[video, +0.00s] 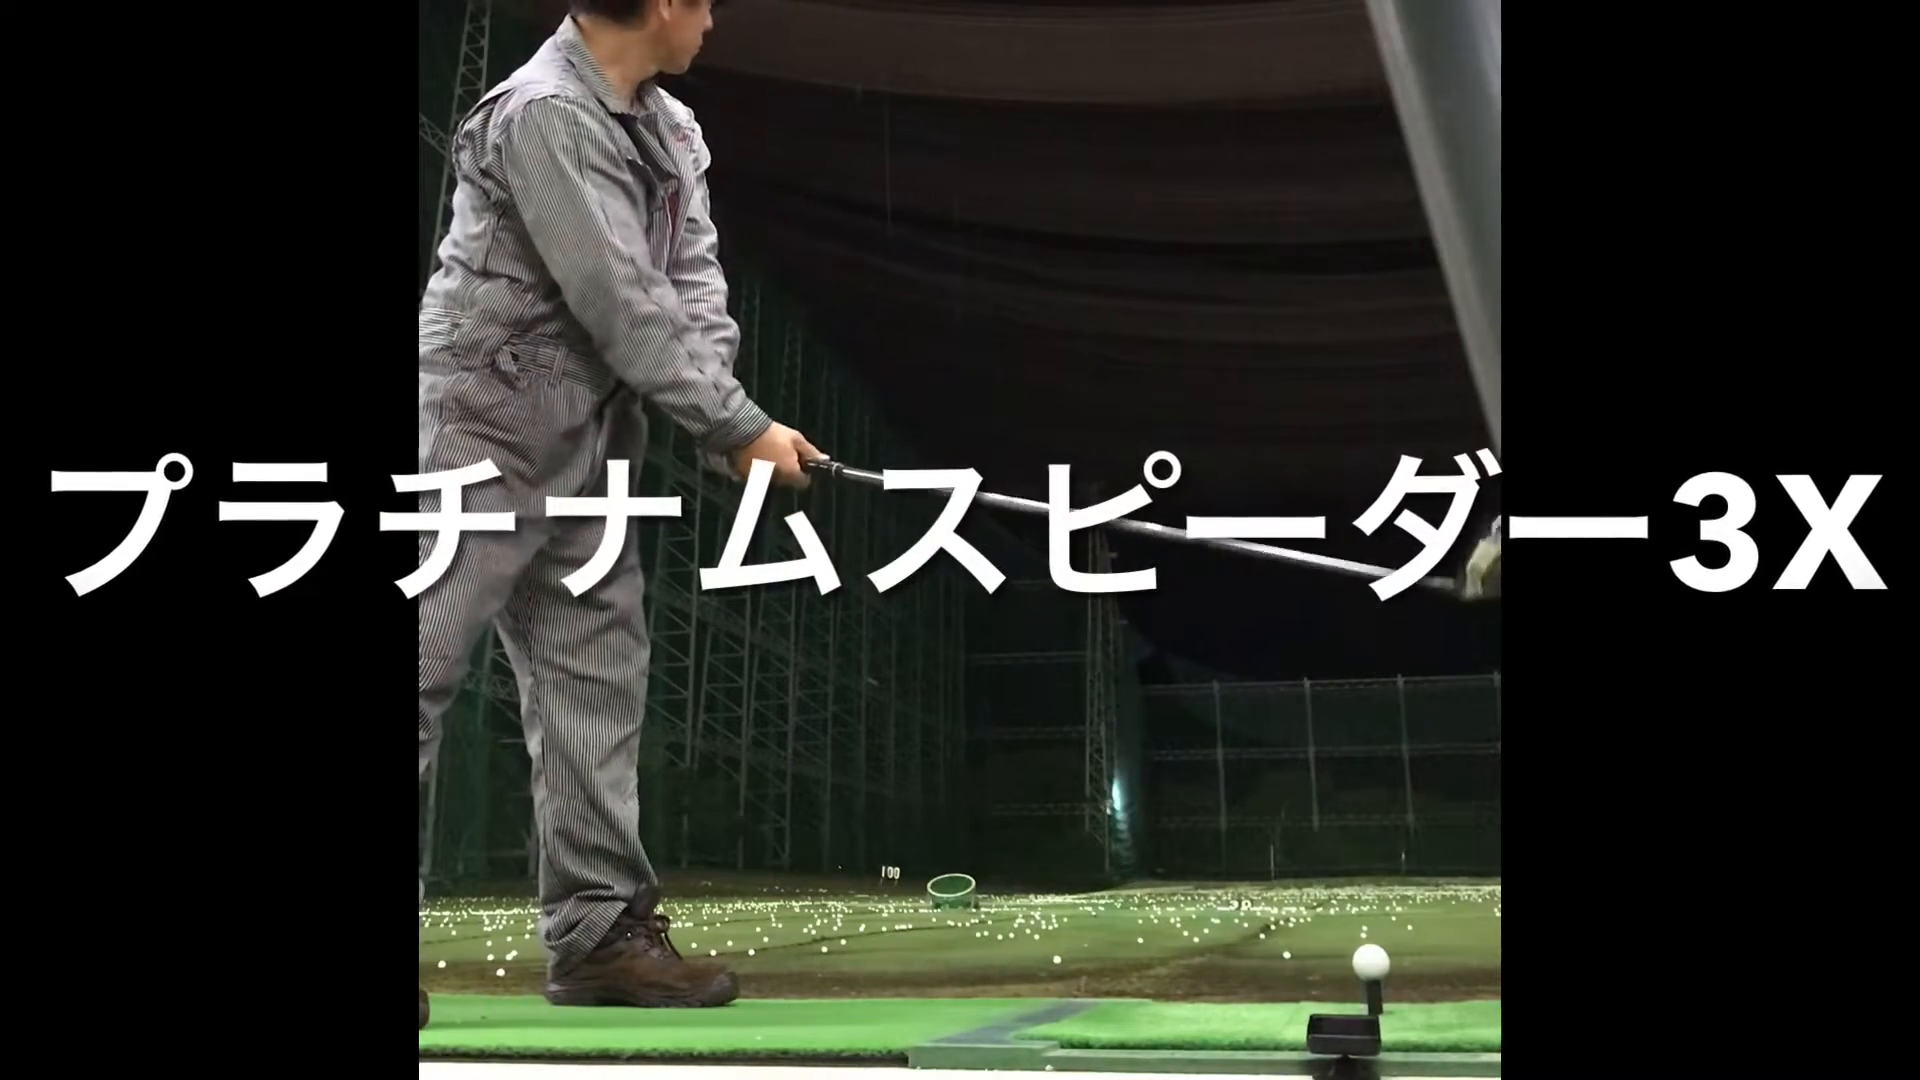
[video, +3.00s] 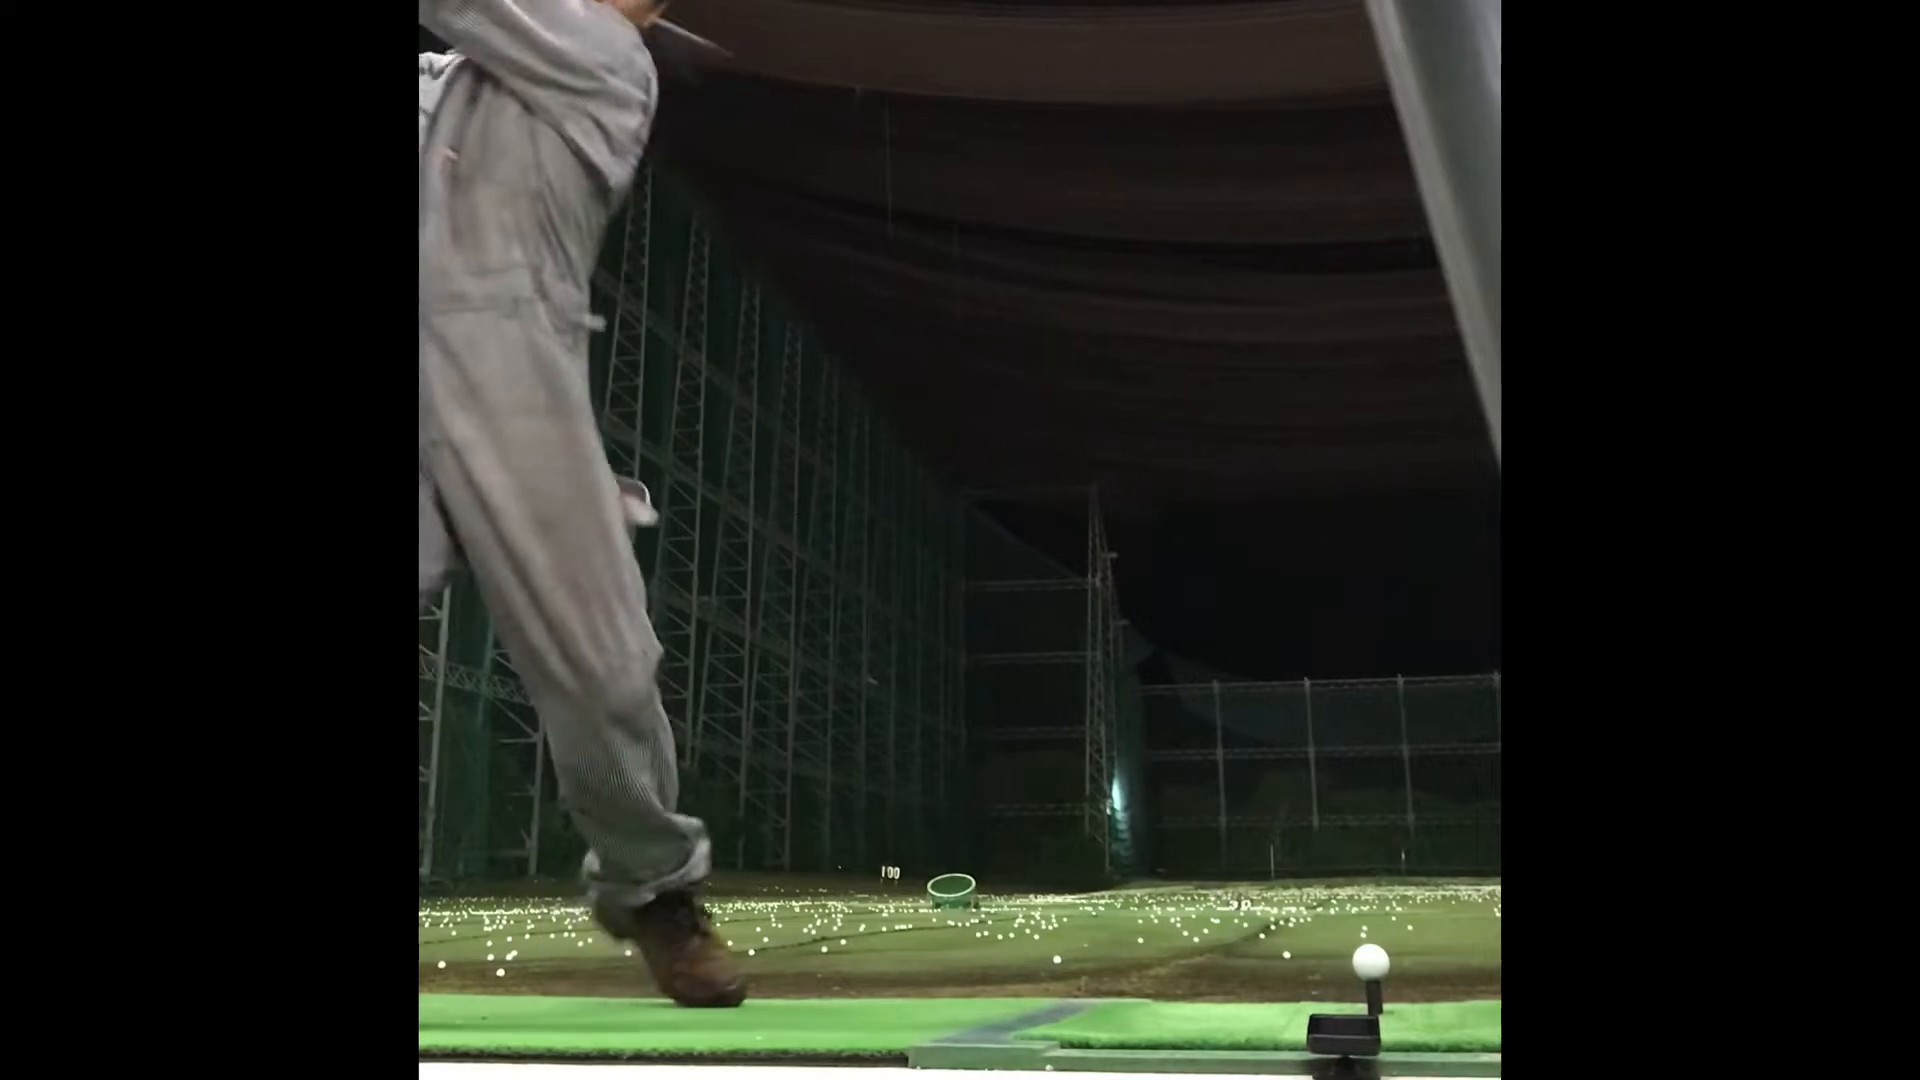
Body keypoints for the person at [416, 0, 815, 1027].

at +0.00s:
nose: (710, 18)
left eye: (709, 5)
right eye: (704, 4)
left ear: (656, 12)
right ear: (663, 8)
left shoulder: (672, 125)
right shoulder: (546, 111)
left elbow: (695, 285)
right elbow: (617, 298)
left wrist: (723, 418)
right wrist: (743, 427)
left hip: (579, 455)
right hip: (471, 443)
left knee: (594, 679)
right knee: (426, 686)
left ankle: (597, 936)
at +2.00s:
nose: (669, 26)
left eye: (679, 11)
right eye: (650, 4)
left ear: (681, 25)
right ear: (581, 4)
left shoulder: (657, 130)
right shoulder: (539, 110)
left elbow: (690, 270)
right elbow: (620, 286)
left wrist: (720, 407)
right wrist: (726, 426)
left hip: (585, 438)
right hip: (474, 426)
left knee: (595, 671)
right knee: (428, 670)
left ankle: (597, 935)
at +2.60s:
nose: (653, 30)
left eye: (670, 20)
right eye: (638, 5)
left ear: (673, 42)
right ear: (574, 2)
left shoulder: (682, 132)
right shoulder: (469, 105)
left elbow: (680, 240)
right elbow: (512, 236)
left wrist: (645, 335)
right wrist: (590, 342)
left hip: (604, 428)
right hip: (460, 421)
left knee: (629, 677)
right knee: (420, 656)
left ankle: (600, 935)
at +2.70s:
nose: (653, 33)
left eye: (672, 26)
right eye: (639, 7)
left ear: (676, 48)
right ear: (577, 2)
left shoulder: (685, 130)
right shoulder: (454, 95)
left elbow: (620, 194)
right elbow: (440, 178)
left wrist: (492, 228)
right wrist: (446, 225)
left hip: (591, 430)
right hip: (441, 413)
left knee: (634, 683)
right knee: (416, 640)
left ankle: (601, 936)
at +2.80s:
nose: (651, 30)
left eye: (672, 24)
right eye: (636, 5)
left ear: (678, 47)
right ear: (578, 4)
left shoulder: (677, 120)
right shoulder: (472, 84)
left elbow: (556, 108)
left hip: (572, 405)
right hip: (435, 386)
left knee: (624, 673)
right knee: (420, 620)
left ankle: (607, 930)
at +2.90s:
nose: (634, 24)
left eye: (647, 21)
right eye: (628, 7)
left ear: (656, 33)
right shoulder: (448, 77)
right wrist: (533, 31)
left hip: (533, 377)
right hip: (427, 378)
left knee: (610, 658)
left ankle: (622, 913)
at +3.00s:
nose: (621, 4)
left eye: (621, 2)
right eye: (626, 4)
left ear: (632, 13)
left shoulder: (606, 64)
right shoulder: (442, 72)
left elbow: (457, 3)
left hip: (506, 374)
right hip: (438, 382)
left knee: (603, 673)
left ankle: (652, 889)